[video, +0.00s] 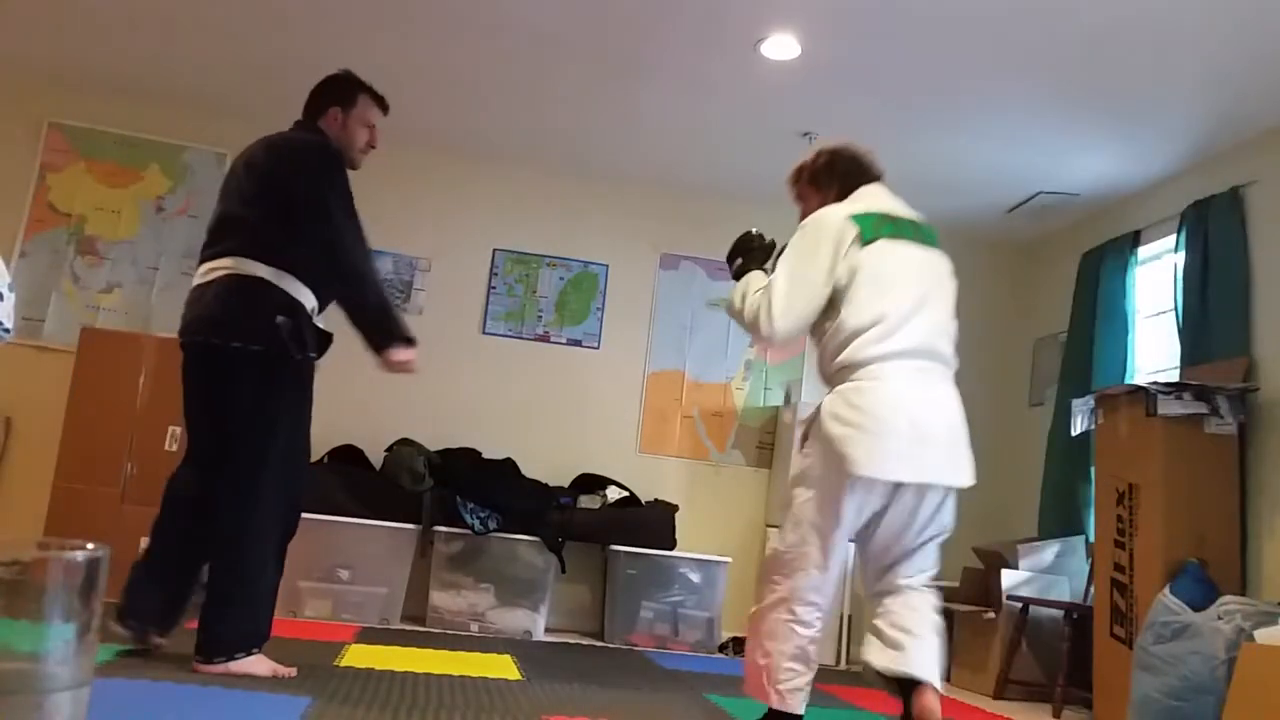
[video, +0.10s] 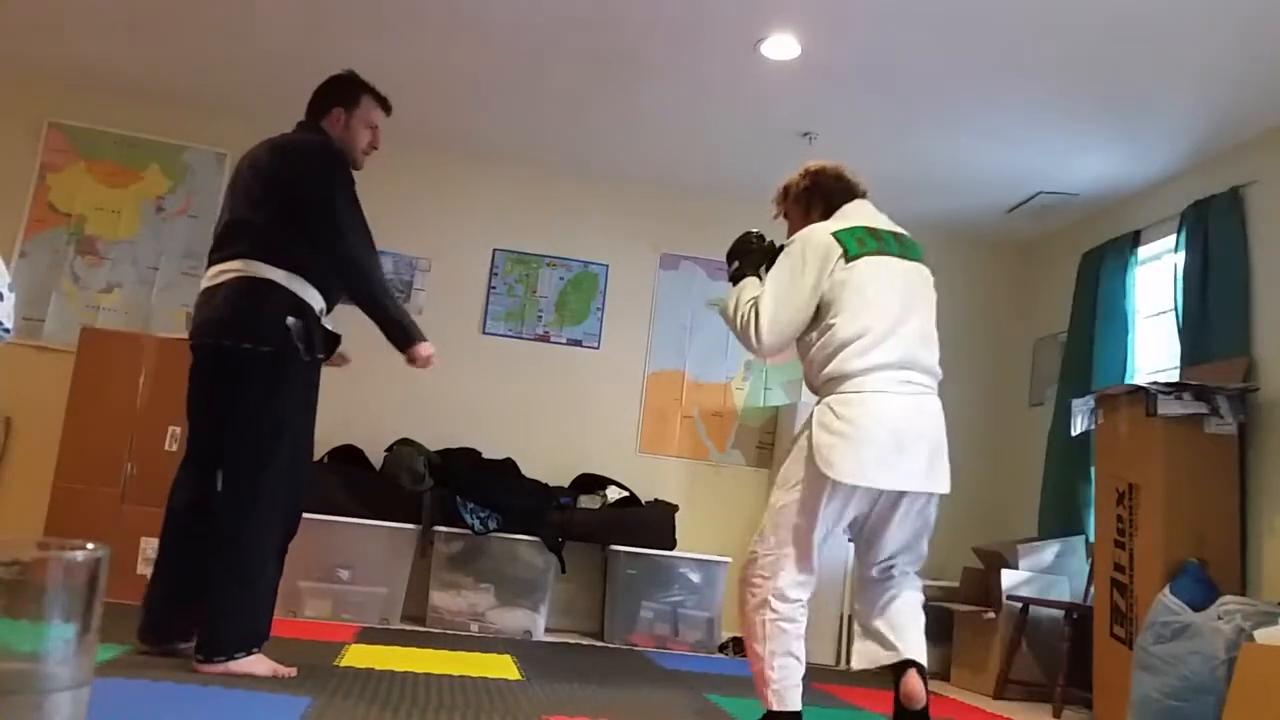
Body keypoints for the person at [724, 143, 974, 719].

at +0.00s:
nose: (801, 214)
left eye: (802, 203)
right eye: (798, 204)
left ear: (821, 189)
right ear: (866, 182)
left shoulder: (831, 223)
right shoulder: (925, 236)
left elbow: (777, 323)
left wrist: (747, 276)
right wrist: (800, 273)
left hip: (862, 422)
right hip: (940, 430)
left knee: (805, 565)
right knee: (908, 577)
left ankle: (784, 705)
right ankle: (923, 691)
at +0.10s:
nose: (786, 228)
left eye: (787, 218)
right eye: (783, 220)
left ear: (806, 206)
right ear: (850, 198)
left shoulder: (816, 240)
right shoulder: (907, 246)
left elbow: (766, 334)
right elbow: (860, 316)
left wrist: (745, 276)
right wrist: (787, 271)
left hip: (850, 427)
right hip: (923, 432)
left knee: (777, 567)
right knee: (894, 569)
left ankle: (783, 707)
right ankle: (910, 670)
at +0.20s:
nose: (786, 229)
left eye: (786, 220)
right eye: (783, 222)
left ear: (805, 208)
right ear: (846, 200)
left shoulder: (817, 238)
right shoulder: (902, 243)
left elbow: (773, 331)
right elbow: (860, 315)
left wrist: (752, 277)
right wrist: (791, 270)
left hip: (849, 422)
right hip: (917, 428)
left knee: (783, 561)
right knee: (889, 568)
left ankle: (784, 707)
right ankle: (915, 701)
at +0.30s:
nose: (789, 230)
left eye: (790, 219)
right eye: (786, 222)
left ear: (811, 207)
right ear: (850, 202)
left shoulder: (825, 239)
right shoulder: (902, 246)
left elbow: (785, 328)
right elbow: (864, 323)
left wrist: (763, 275)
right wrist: (796, 271)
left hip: (852, 425)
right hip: (912, 430)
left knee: (796, 561)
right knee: (891, 566)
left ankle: (787, 705)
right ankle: (910, 695)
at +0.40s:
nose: (801, 244)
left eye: (803, 233)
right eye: (799, 235)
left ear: (823, 222)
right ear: (855, 218)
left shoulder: (843, 255)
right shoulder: (901, 259)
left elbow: (803, 340)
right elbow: (866, 337)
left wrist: (776, 288)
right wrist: (809, 283)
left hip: (861, 431)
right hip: (910, 432)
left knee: (789, 561)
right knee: (884, 575)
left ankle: (790, 703)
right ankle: (915, 701)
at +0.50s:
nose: (809, 261)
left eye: (812, 248)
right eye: (806, 251)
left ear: (840, 237)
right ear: (863, 237)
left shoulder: (858, 270)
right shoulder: (905, 280)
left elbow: (822, 355)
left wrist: (786, 303)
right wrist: (814, 301)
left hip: (863, 442)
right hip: (907, 445)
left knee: (774, 556)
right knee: (873, 582)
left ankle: (788, 696)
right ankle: (916, 701)